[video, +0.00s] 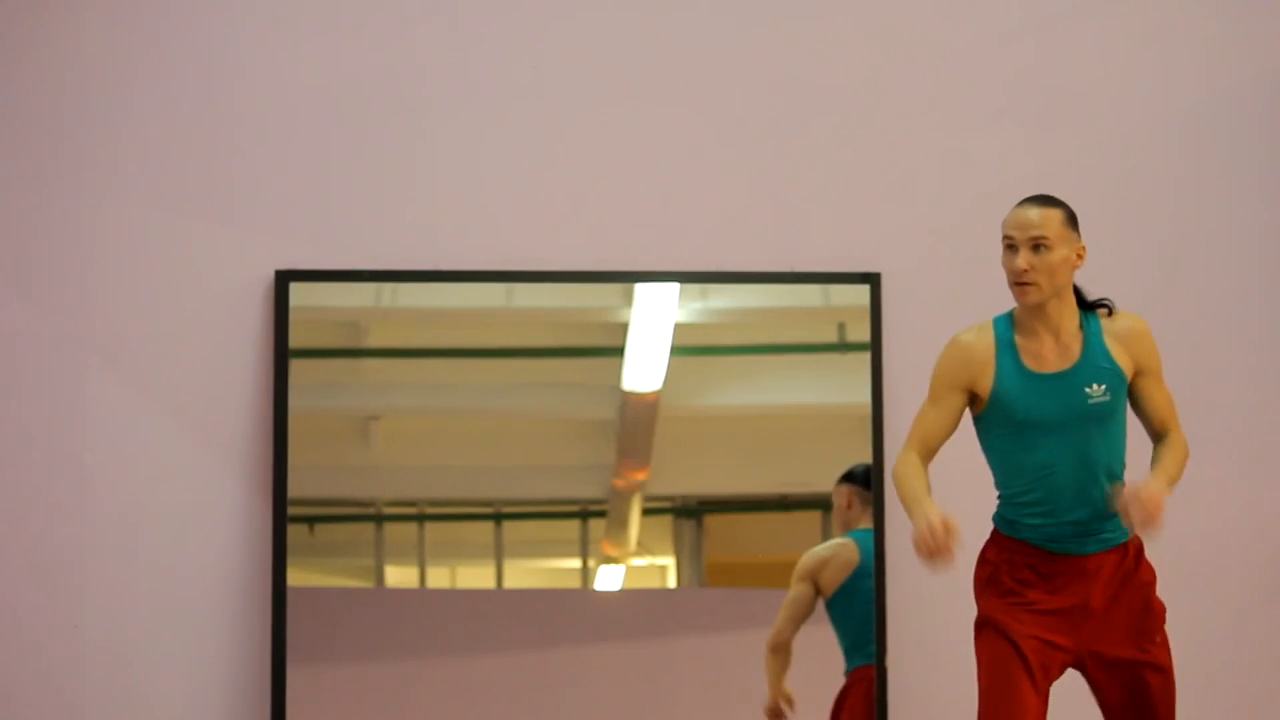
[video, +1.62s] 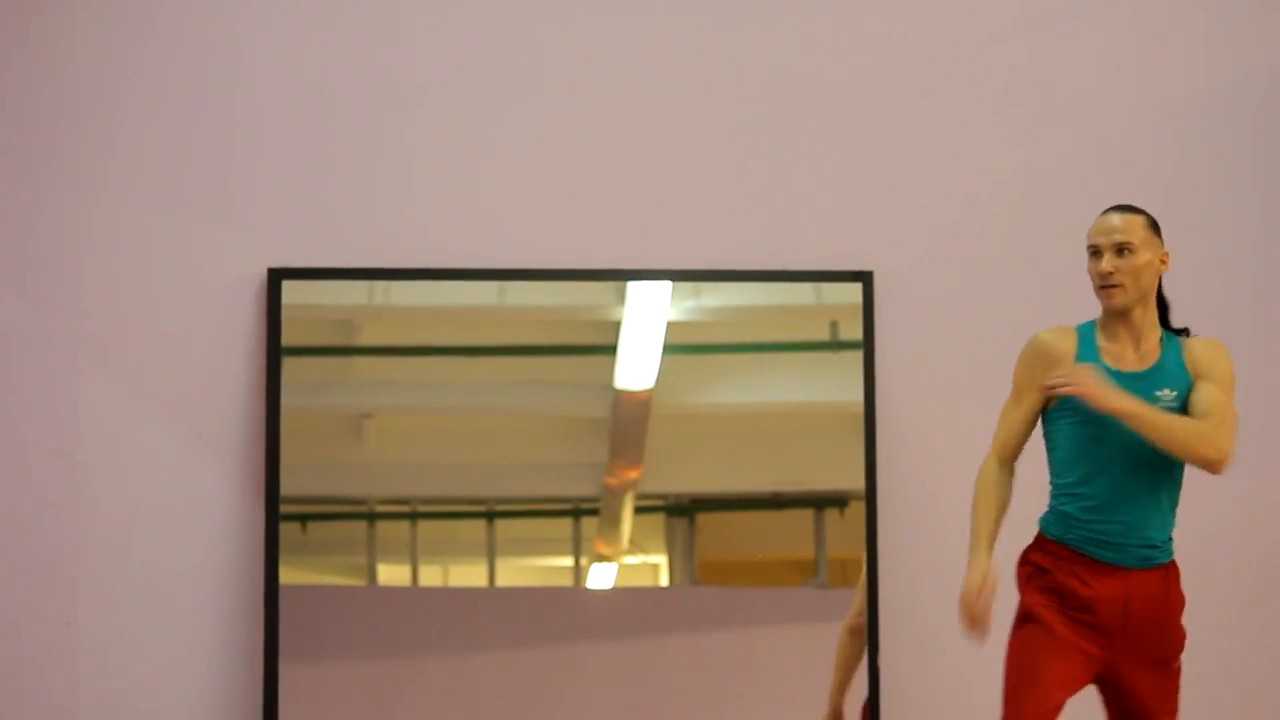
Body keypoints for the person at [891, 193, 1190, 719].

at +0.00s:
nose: (1020, 263)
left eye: (1038, 247)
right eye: (1010, 248)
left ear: (1077, 255)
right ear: (1000, 256)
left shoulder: (1125, 338)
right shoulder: (972, 352)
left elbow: (1170, 437)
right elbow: (910, 458)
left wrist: (1155, 486)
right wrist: (923, 512)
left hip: (1116, 582)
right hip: (1021, 584)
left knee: (1152, 712)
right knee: (1006, 713)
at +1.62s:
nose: (1105, 266)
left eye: (1123, 250)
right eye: (1095, 254)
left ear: (1161, 260)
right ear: (1087, 266)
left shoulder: (1203, 357)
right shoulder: (1052, 351)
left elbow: (1214, 449)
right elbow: (1001, 459)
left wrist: (1113, 399)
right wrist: (980, 558)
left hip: (1148, 596)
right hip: (1058, 589)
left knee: (1152, 712)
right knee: (1024, 712)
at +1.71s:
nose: (1090, 273)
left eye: (1108, 257)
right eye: (1082, 260)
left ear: (1149, 268)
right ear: (1074, 272)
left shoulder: (1190, 363)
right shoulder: (1037, 362)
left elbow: (1167, 456)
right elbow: (1009, 486)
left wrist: (1050, 413)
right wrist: (978, 597)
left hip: (1136, 606)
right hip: (1043, 599)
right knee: (1005, 711)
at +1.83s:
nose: (1059, 289)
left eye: (1077, 274)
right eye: (1050, 277)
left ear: (1118, 285)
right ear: (1043, 291)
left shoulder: (1143, 366)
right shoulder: (1030, 386)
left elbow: (1041, 398)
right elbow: (988, 497)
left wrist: (961, 370)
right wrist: (895, 575)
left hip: (1109, 626)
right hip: (1014, 622)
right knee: (970, 711)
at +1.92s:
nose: (1037, 290)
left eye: (1055, 275)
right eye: (1029, 278)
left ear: (1095, 285)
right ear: (1020, 288)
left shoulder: (1113, 366)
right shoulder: (1007, 394)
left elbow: (995, 381)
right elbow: (926, 484)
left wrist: (905, 326)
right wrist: (807, 495)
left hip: (1081, 620)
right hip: (985, 620)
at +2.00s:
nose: (1008, 276)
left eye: (1026, 262)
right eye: (1000, 264)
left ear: (1067, 273)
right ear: (993, 275)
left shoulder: (1093, 362)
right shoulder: (969, 364)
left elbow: (1031, 409)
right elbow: (864, 433)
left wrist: (917, 357)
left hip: (1055, 606)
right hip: (956, 611)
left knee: (1154, 715)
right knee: (928, 712)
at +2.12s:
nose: (915, 261)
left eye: (931, 245)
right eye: (907, 249)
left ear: (973, 254)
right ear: (899, 266)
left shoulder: (1012, 329)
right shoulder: (893, 352)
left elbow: (1115, 383)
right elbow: (775, 373)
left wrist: (1210, 436)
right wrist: (747, 327)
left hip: (1052, 572)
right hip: (968, 591)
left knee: (1086, 701)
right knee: (934, 713)